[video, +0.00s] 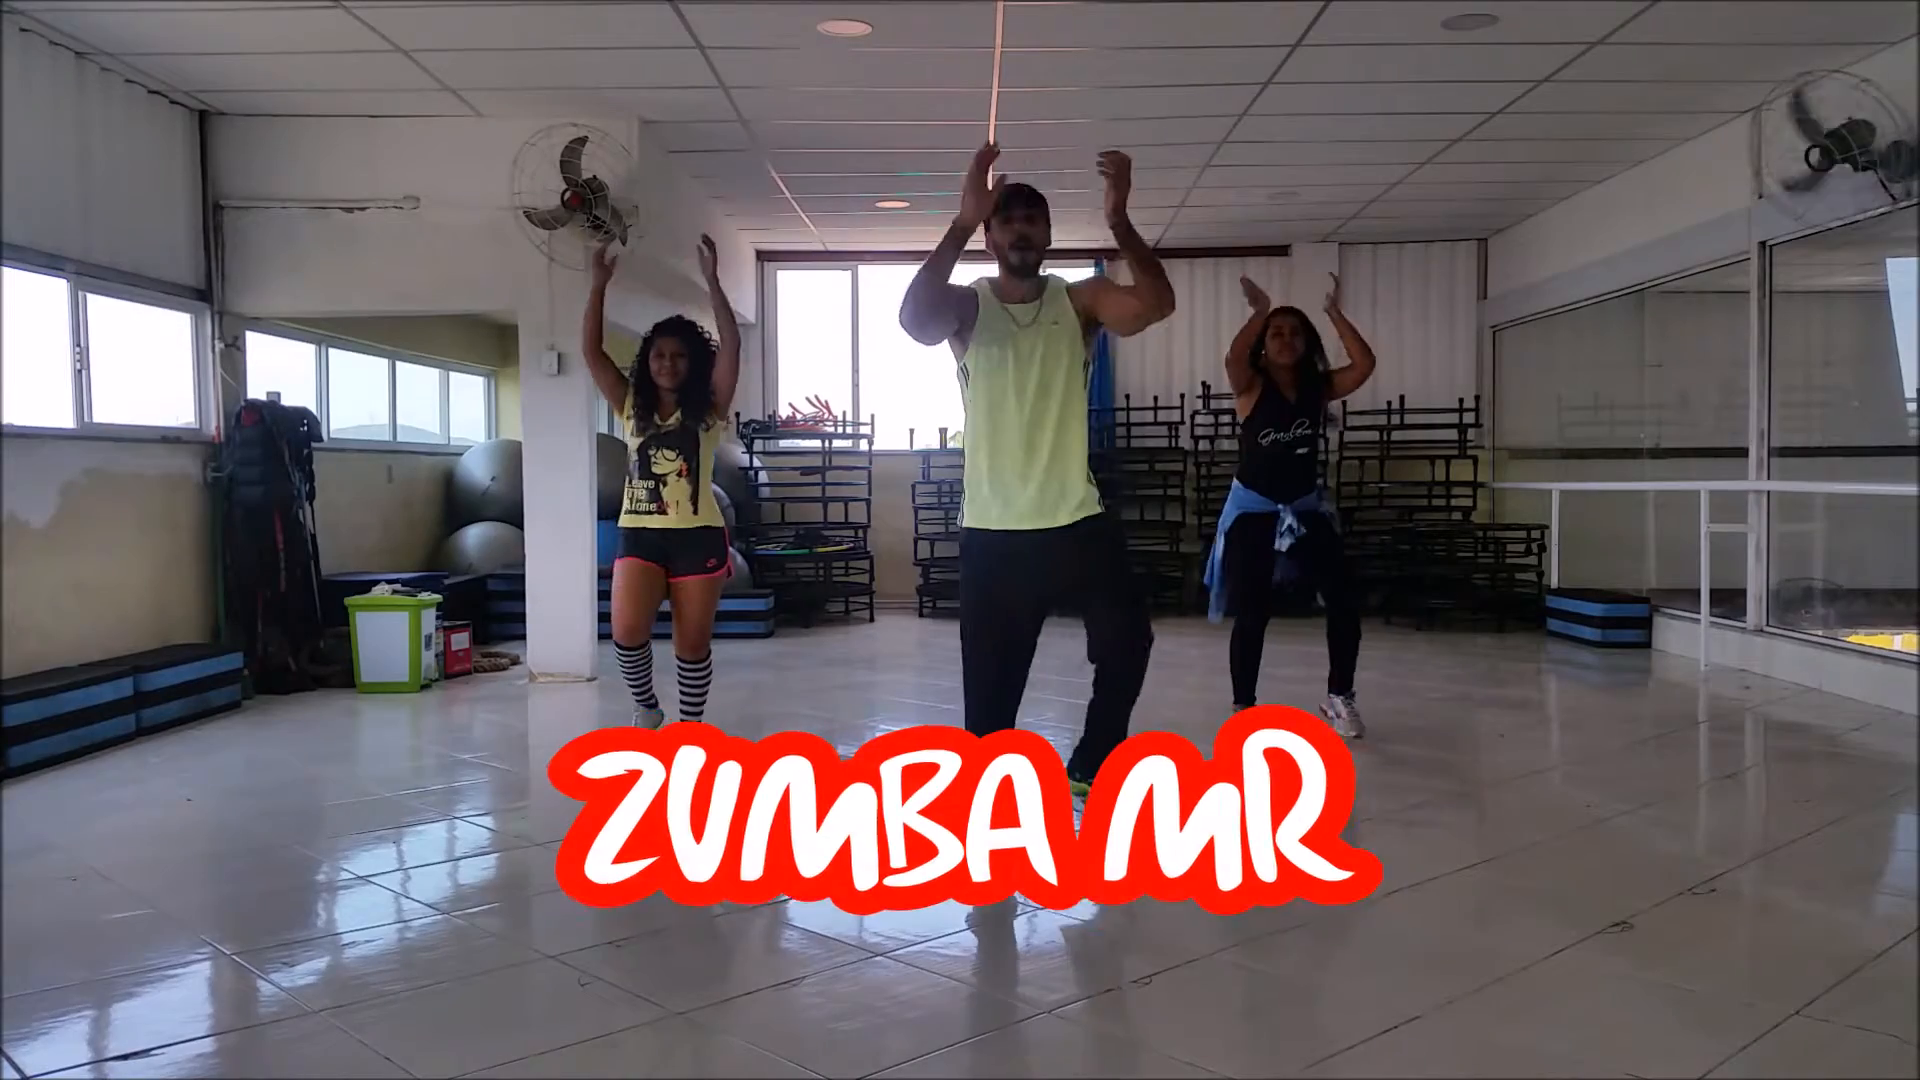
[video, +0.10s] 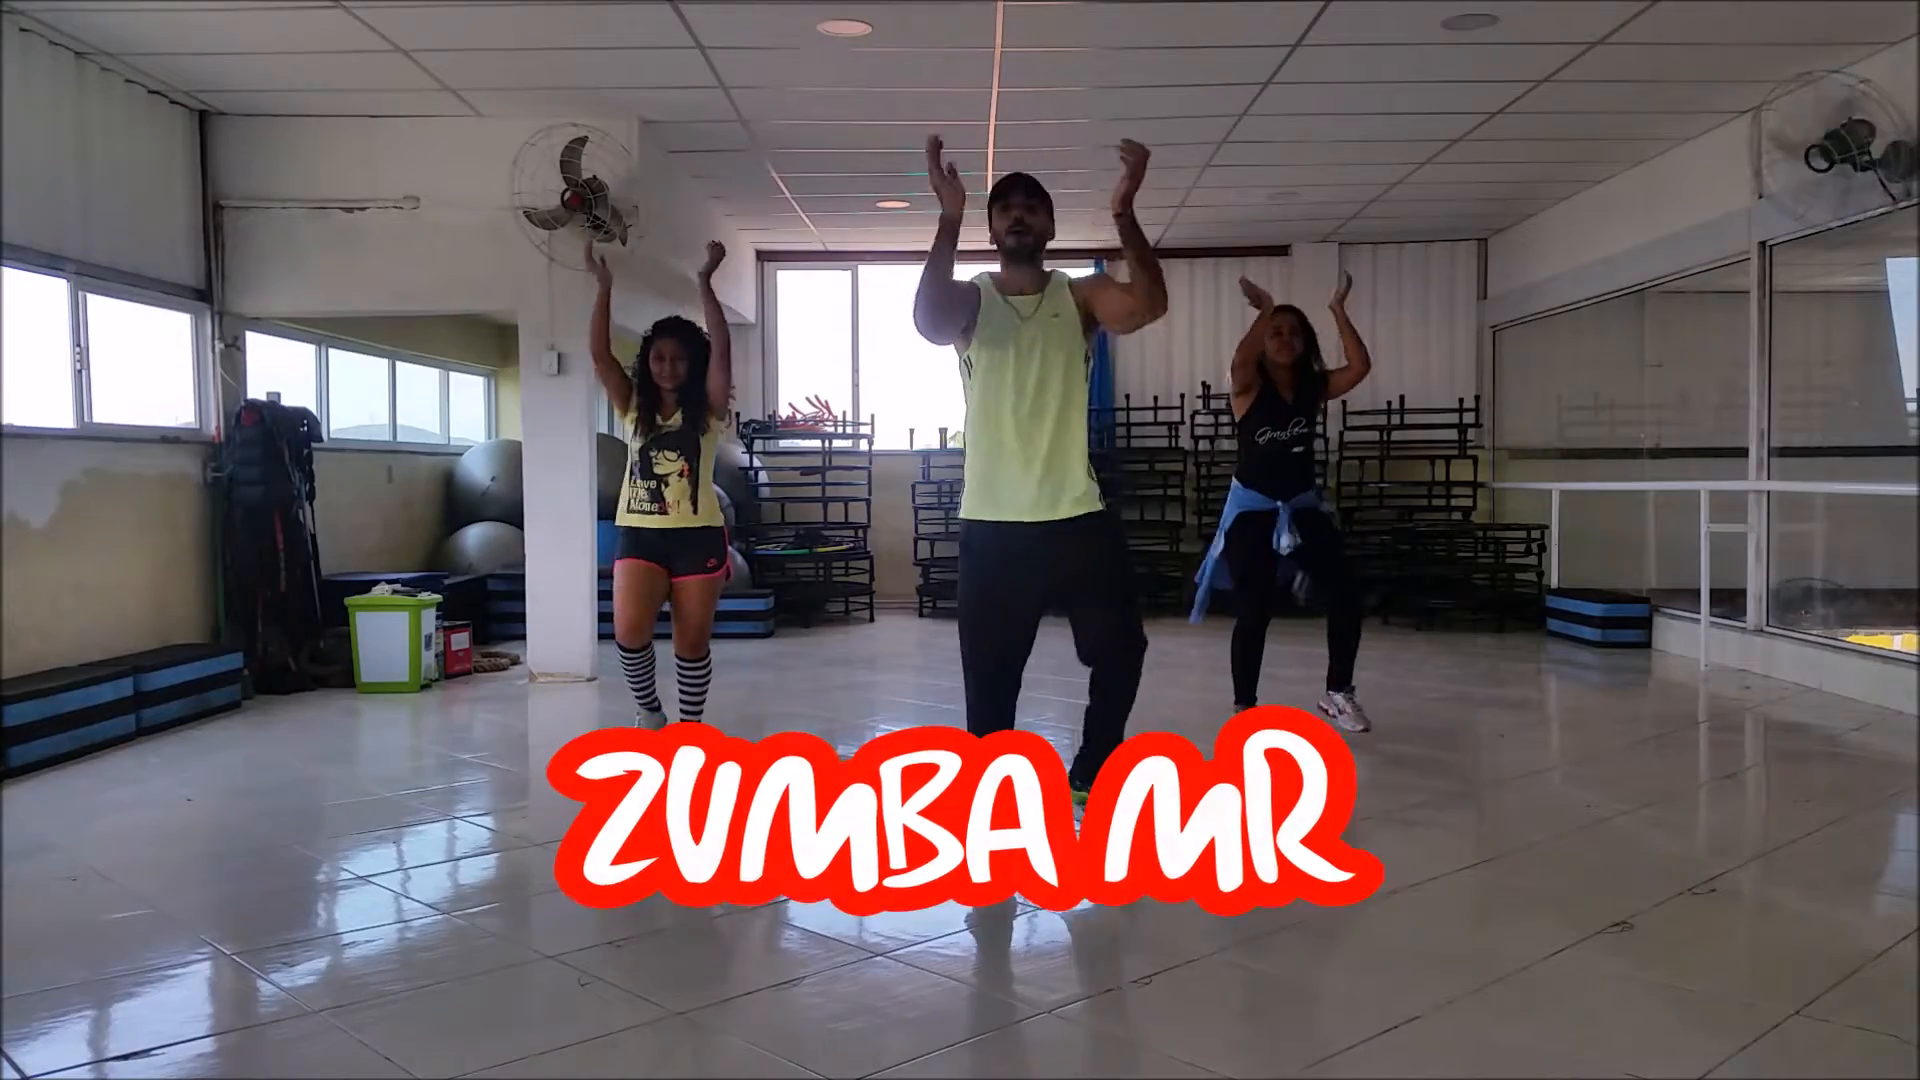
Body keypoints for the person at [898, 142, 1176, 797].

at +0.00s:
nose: (1025, 229)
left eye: (1035, 219)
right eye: (1012, 218)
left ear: (1050, 234)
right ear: (990, 234)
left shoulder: (1078, 299)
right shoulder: (970, 304)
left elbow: (1156, 302)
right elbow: (915, 318)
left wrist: (1119, 219)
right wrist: (965, 220)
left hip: (1078, 523)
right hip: (995, 532)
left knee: (1127, 640)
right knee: (989, 704)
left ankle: (1091, 767)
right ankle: (981, 825)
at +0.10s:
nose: (1020, 214)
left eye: (1033, 206)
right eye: (1008, 206)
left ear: (1051, 226)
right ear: (991, 228)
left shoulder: (1079, 294)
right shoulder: (973, 299)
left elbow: (1149, 301)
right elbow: (929, 318)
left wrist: (1124, 215)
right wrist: (951, 217)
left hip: (1078, 518)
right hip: (994, 524)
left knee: (1120, 653)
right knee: (989, 693)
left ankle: (1090, 781)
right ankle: (989, 817)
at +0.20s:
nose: (1030, 213)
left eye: (1042, 206)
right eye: (1018, 205)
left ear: (1061, 227)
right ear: (997, 226)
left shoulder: (1083, 295)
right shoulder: (980, 300)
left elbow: (1133, 290)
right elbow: (949, 324)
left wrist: (1081, 202)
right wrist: (989, 228)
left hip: (1081, 524)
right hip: (996, 527)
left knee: (1102, 699)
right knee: (986, 703)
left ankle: (1094, 837)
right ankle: (981, 842)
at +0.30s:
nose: (1045, 225)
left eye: (1056, 216)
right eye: (1034, 214)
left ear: (1070, 234)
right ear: (1014, 227)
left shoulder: (1094, 300)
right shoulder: (992, 298)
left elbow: (1135, 293)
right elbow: (950, 327)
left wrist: (1074, 226)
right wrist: (1015, 247)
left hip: (1084, 519)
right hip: (1004, 519)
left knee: (1089, 686)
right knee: (986, 687)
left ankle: (1090, 826)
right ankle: (979, 822)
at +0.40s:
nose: (1049, 230)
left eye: (1063, 219)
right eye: (1036, 219)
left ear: (1082, 235)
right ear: (1020, 235)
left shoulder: (1106, 297)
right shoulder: (995, 302)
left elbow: (1161, 303)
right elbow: (932, 329)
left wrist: (1094, 223)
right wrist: (993, 241)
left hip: (1092, 524)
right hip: (1008, 523)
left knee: (1096, 694)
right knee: (977, 678)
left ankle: (1086, 832)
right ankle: (977, 816)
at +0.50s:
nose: (1053, 225)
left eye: (1067, 217)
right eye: (1041, 216)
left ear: (1087, 235)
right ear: (1027, 234)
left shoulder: (1112, 298)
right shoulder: (996, 303)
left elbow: (1167, 313)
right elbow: (935, 336)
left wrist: (1123, 226)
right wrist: (967, 235)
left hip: (1095, 523)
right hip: (1012, 520)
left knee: (1102, 691)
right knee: (979, 666)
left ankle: (1086, 827)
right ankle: (983, 803)